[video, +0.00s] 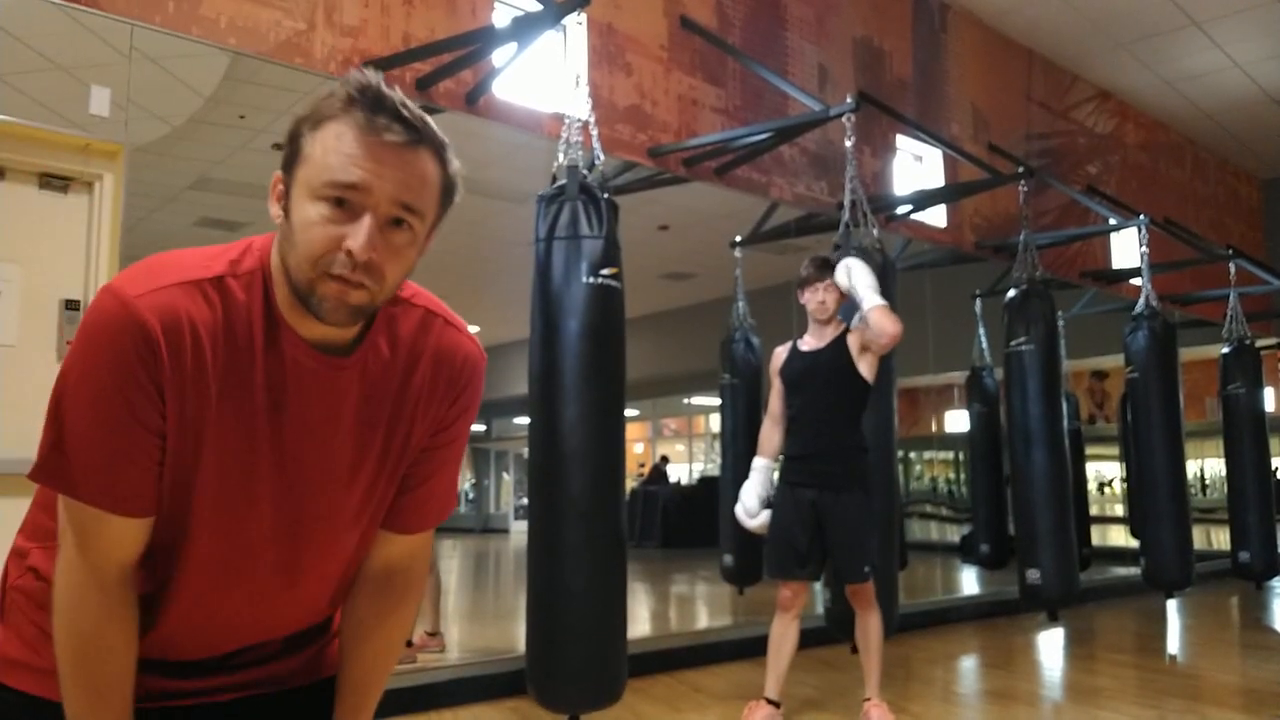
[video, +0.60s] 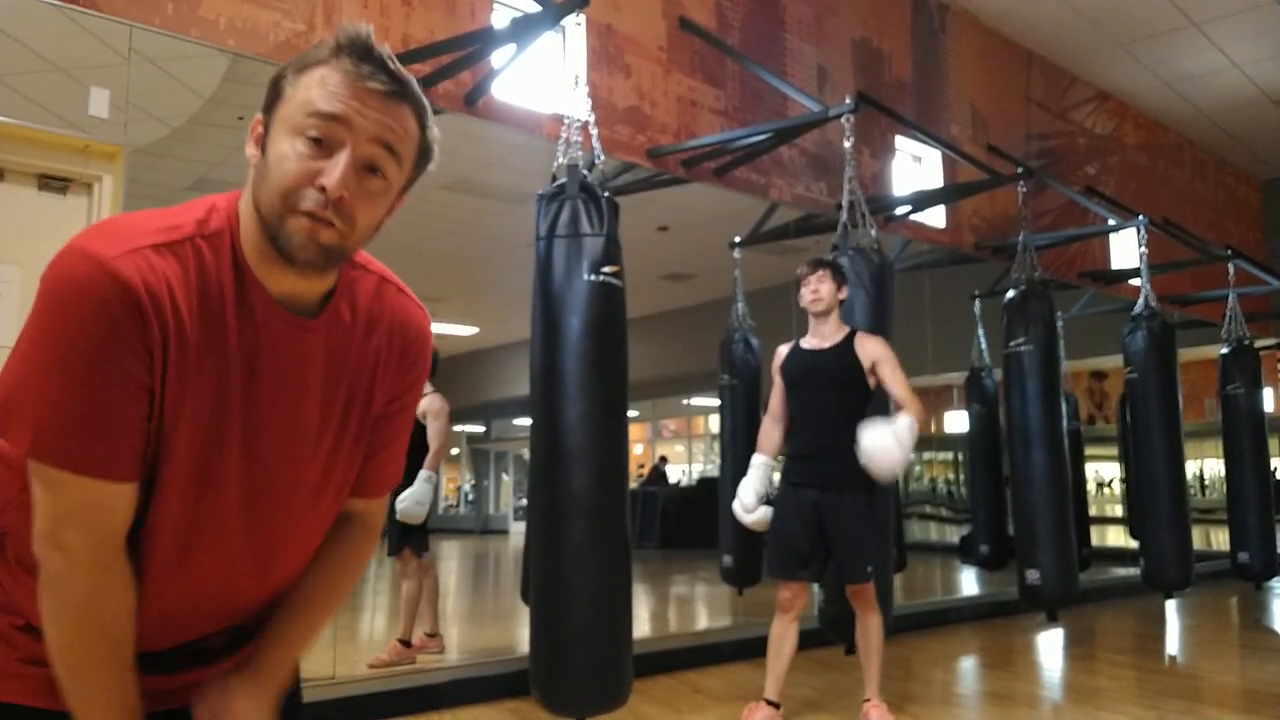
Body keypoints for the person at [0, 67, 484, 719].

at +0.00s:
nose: (360, 248)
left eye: (399, 224)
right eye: (339, 203)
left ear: (423, 245)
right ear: (280, 196)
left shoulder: (445, 361)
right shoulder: (147, 319)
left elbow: (394, 573)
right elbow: (98, 570)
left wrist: (353, 713)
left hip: (285, 677)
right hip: (85, 673)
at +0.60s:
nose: (336, 183)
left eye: (373, 170)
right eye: (317, 141)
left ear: (391, 207)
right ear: (258, 140)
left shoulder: (396, 331)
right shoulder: (114, 278)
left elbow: (357, 522)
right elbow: (79, 552)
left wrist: (260, 681)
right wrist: (114, 707)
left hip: (237, 674)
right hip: (49, 668)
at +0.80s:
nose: (336, 155)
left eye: (373, 142)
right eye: (317, 113)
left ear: (391, 181)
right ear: (257, 116)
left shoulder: (394, 306)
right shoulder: (126, 257)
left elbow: (367, 494)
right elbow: (127, 552)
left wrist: (230, 570)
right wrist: (172, 706)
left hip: (245, 641)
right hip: (54, 651)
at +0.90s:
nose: (344, 149)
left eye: (380, 138)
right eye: (325, 109)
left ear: (397, 179)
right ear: (267, 113)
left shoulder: (400, 303)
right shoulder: (139, 250)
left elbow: (375, 496)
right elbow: (141, 537)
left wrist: (246, 524)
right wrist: (198, 709)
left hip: (247, 631)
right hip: (60, 636)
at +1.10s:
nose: (394, 156)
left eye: (428, 148)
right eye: (378, 119)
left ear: (441, 187)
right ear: (317, 122)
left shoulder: (428, 316)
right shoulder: (187, 247)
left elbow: (392, 506)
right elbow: (195, 518)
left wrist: (282, 481)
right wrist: (255, 706)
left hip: (270, 641)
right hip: (75, 638)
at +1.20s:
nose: (416, 161)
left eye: (449, 154)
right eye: (402, 123)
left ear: (458, 191)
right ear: (341, 118)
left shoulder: (441, 314)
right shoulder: (208, 240)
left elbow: (404, 504)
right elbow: (214, 501)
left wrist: (301, 466)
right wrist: (278, 705)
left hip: (278, 641)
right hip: (86, 636)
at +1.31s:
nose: (432, 164)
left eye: (464, 158)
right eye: (418, 125)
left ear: (472, 193)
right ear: (357, 119)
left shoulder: (451, 317)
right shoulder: (224, 241)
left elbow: (416, 503)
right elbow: (231, 503)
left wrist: (319, 478)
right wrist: (293, 702)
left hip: (284, 640)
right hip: (91, 633)